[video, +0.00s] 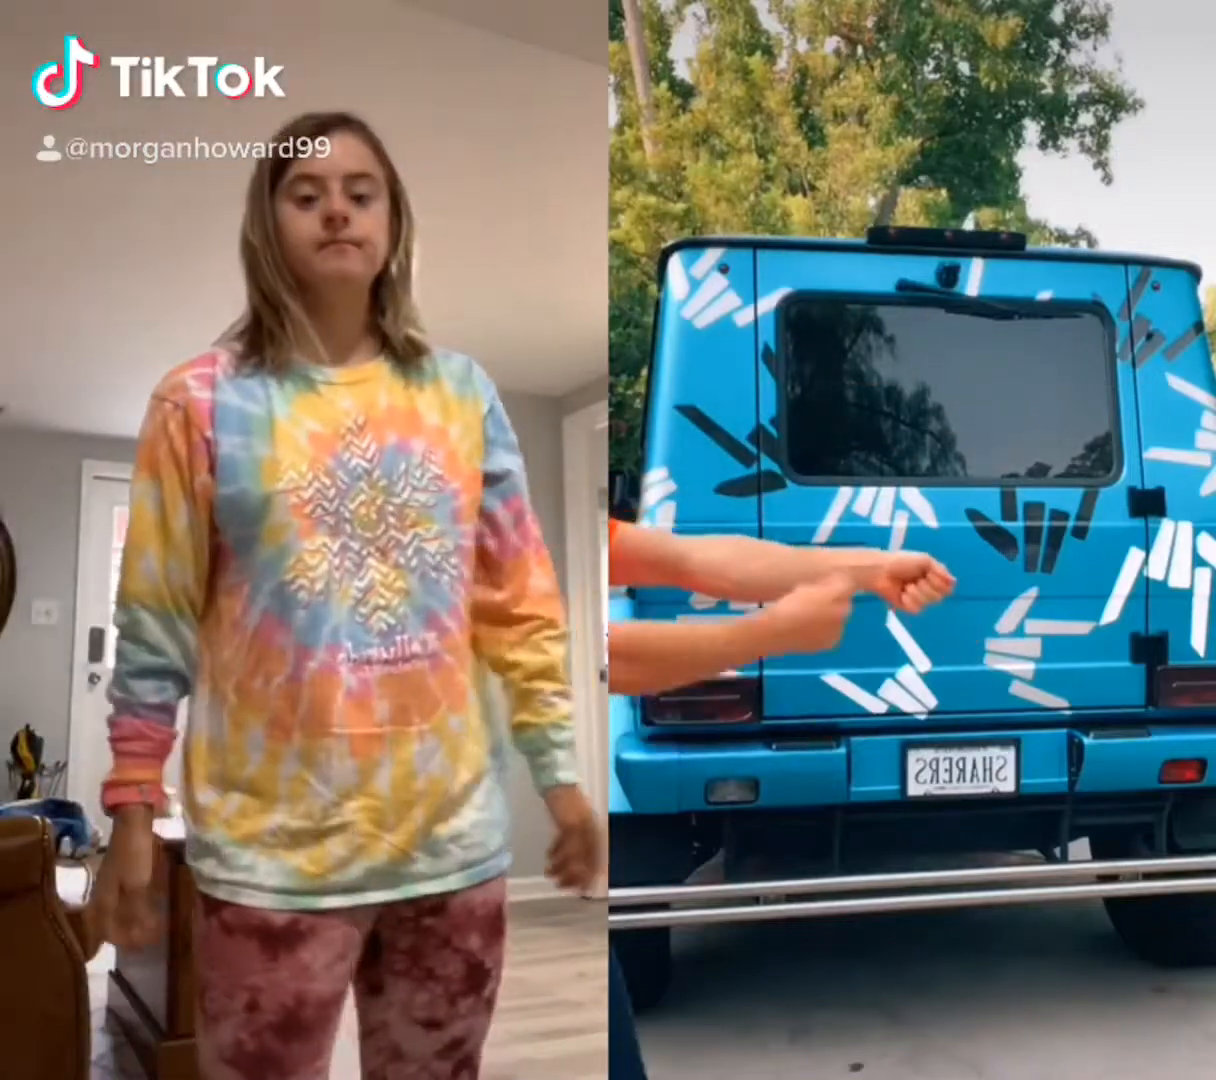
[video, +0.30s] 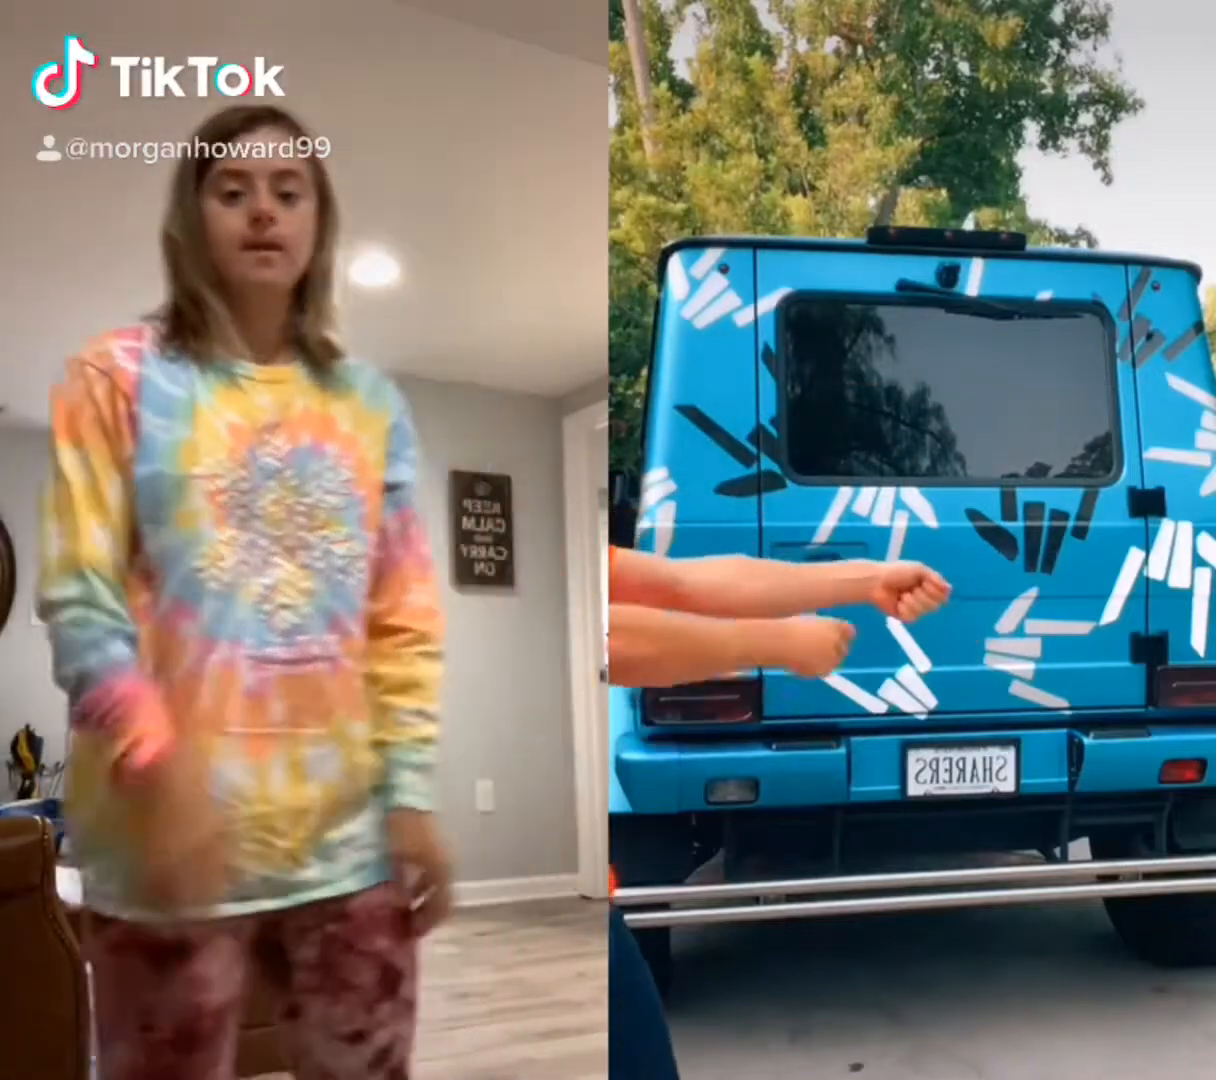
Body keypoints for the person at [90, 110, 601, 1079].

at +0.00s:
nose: (339, 212)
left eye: (362, 193)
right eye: (308, 195)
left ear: (394, 224)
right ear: (267, 226)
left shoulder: (462, 393)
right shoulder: (202, 403)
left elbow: (519, 606)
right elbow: (153, 627)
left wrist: (561, 780)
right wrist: (133, 814)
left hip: (450, 846)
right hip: (270, 856)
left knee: (435, 1075)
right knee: (260, 1071)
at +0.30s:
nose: (264, 214)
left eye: (289, 192)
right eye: (233, 191)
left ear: (322, 221)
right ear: (189, 220)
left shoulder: (371, 401)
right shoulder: (117, 379)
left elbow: (404, 617)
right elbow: (78, 598)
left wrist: (411, 793)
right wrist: (159, 770)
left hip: (348, 846)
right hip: (166, 853)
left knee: (366, 1071)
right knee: (164, 1073)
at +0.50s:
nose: (216, 216)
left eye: (241, 194)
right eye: (185, 192)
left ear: (273, 227)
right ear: (140, 218)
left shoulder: (301, 414)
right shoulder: (80, 351)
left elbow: (329, 622)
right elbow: (136, 553)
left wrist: (327, 757)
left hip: (284, 829)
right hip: (117, 843)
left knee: (349, 1067)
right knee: (127, 1073)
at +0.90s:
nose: (170, 208)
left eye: (195, 186)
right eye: (138, 183)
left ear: (221, 217)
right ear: (90, 205)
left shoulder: (220, 369)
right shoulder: (75, 318)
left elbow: (335, 531)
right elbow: (286, 383)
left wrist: (369, 382)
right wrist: (534, 447)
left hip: (255, 812)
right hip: (98, 815)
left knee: (298, 1069)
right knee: (118, 1070)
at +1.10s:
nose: (164, 213)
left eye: (189, 191)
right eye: (133, 189)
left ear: (213, 218)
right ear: (84, 207)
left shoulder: (206, 347)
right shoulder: (69, 322)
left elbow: (354, 369)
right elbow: (304, 384)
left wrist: (563, 333)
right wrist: (528, 436)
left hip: (266, 797)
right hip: (107, 814)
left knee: (309, 1067)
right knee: (128, 1071)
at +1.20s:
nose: (160, 210)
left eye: (184, 188)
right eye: (128, 185)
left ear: (209, 215)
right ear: (78, 205)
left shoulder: (211, 355)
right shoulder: (60, 324)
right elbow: (293, 379)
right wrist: (524, 432)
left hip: (277, 803)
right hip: (113, 822)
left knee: (321, 1067)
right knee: (133, 1072)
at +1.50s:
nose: (170, 216)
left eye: (197, 196)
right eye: (141, 191)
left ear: (226, 228)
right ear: (94, 214)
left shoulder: (264, 397)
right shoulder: (51, 340)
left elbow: (398, 511)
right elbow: (194, 488)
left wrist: (537, 619)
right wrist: (405, 595)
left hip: (293, 820)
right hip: (116, 832)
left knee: (360, 1065)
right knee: (137, 1070)